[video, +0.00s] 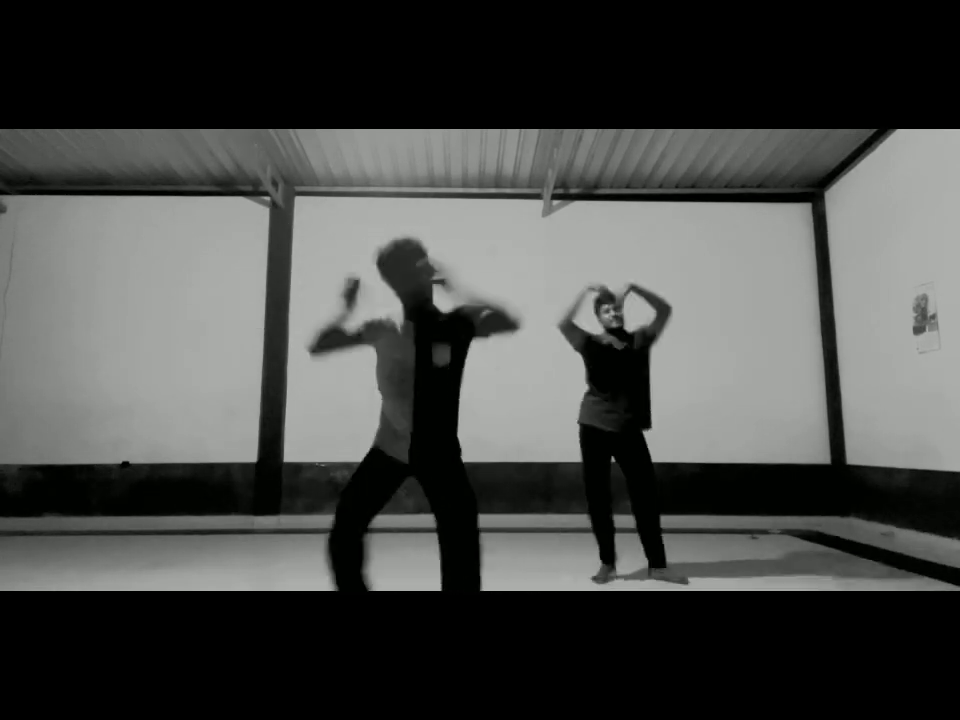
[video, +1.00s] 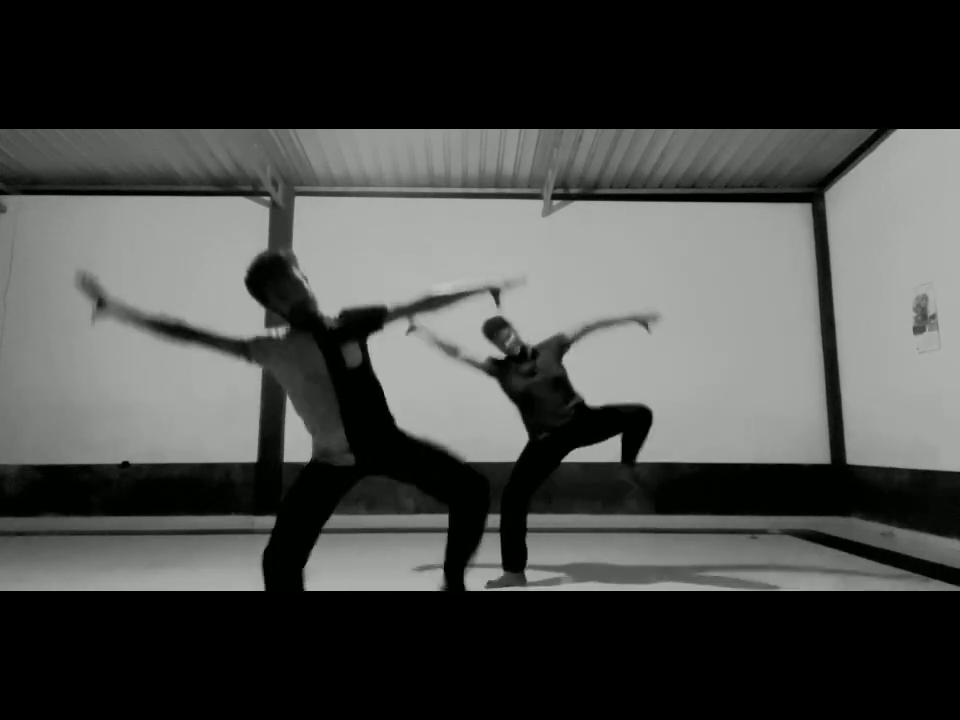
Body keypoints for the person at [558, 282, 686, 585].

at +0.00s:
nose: (612, 312)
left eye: (615, 307)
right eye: (605, 309)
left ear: (622, 311)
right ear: (597, 316)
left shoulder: (640, 341)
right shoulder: (591, 344)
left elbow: (664, 310)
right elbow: (563, 324)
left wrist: (635, 288)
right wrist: (584, 294)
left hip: (629, 429)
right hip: (595, 428)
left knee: (645, 494)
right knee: (597, 496)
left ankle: (657, 565)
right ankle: (607, 563)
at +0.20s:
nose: (631, 339)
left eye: (636, 334)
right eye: (625, 334)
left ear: (644, 336)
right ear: (619, 336)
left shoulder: (654, 372)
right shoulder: (605, 362)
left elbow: (646, 395)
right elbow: (597, 395)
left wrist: (636, 367)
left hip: (634, 441)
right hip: (598, 433)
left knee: (667, 495)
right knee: (556, 472)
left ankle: (660, 567)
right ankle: (558, 548)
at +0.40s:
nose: (613, 368)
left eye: (617, 361)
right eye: (608, 362)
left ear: (623, 359)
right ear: (602, 360)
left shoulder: (641, 391)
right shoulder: (589, 388)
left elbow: (659, 429)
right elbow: (573, 424)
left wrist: (674, 463)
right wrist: (554, 458)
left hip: (629, 462)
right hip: (590, 461)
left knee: (675, 504)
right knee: (541, 493)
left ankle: (663, 571)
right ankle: (520, 565)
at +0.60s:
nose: (557, 360)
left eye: (560, 354)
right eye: (552, 356)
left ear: (569, 352)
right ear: (545, 359)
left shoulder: (598, 379)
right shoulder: (539, 391)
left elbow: (649, 378)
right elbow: (495, 396)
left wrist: (693, 370)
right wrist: (452, 389)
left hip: (606, 460)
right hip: (564, 462)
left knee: (654, 505)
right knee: (519, 500)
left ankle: (664, 572)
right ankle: (521, 571)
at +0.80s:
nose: (516, 327)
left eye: (521, 321)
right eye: (512, 325)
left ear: (534, 321)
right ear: (511, 331)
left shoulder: (560, 335)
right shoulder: (511, 354)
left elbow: (588, 304)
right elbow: (475, 335)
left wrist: (627, 295)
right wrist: (445, 310)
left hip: (593, 421)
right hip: (554, 433)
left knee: (651, 457)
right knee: (521, 491)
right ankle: (514, 563)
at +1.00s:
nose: (509, 342)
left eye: (509, 335)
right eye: (501, 341)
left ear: (516, 330)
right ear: (497, 346)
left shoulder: (551, 349)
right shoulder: (500, 370)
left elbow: (592, 326)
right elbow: (456, 353)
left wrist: (636, 318)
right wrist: (423, 333)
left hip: (581, 422)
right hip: (545, 441)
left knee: (640, 415)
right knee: (513, 498)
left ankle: (627, 467)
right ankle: (514, 573)